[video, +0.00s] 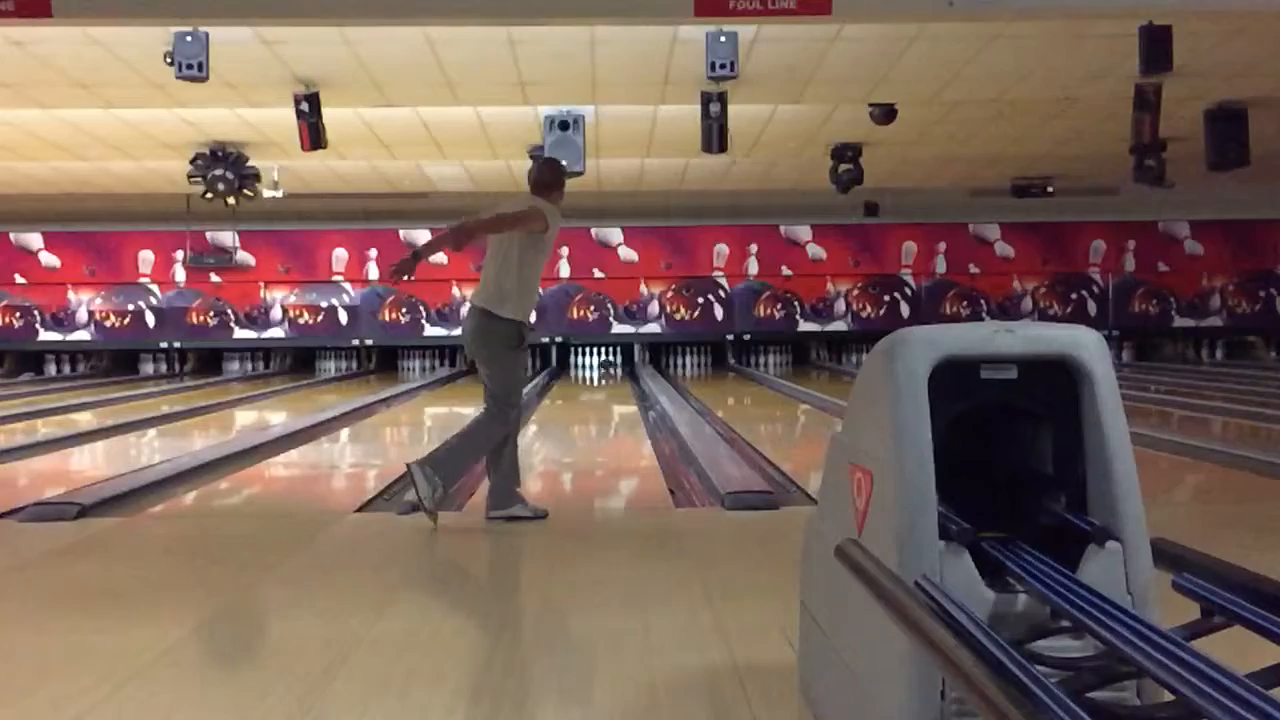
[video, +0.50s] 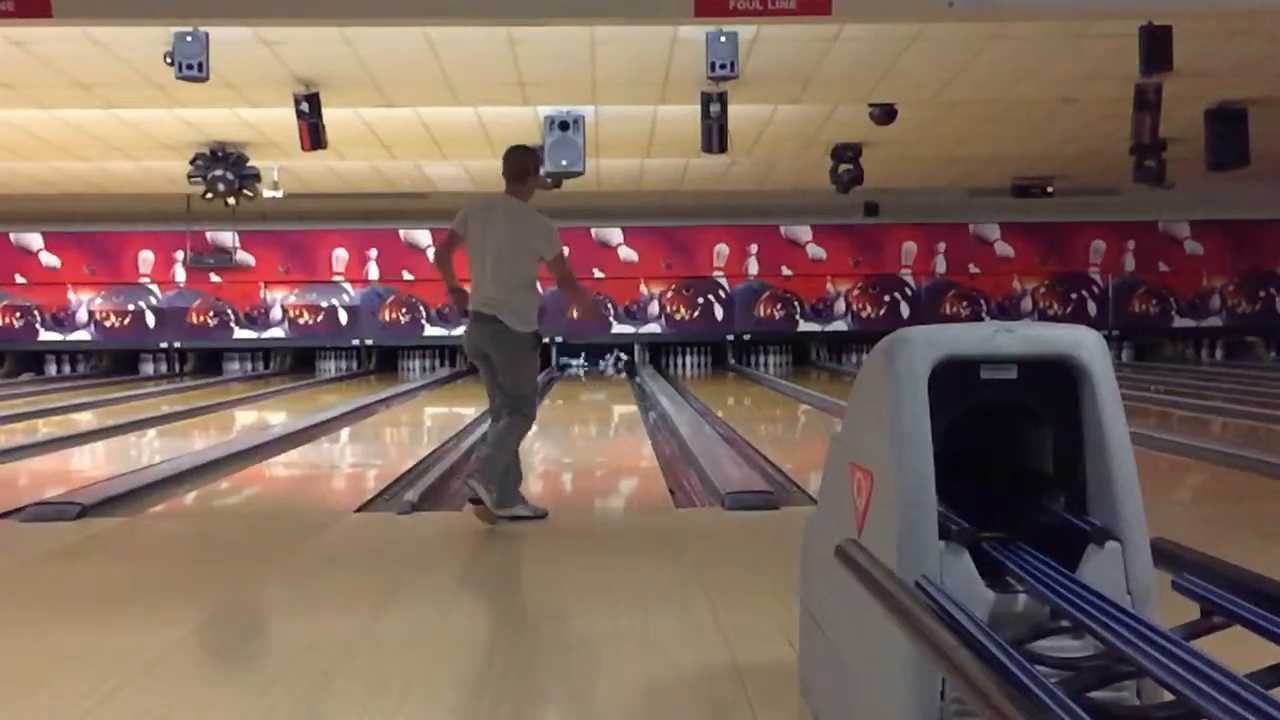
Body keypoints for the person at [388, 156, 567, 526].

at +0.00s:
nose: (565, 189)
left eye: (563, 181)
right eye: (564, 182)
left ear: (530, 182)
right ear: (561, 185)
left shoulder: (522, 211)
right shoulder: (543, 214)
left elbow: (467, 228)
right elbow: (480, 226)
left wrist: (417, 256)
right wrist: (418, 257)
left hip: (485, 322)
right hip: (501, 325)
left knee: (504, 411)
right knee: (504, 412)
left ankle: (504, 499)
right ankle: (434, 472)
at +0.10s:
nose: (559, 189)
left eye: (559, 182)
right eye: (558, 182)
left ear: (527, 179)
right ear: (553, 182)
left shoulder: (498, 205)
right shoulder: (547, 212)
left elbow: (452, 232)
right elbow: (516, 232)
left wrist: (414, 264)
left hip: (479, 323)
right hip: (507, 328)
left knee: (501, 412)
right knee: (509, 416)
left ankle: (504, 498)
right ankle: (444, 472)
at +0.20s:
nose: (556, 188)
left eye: (556, 181)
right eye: (556, 181)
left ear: (523, 177)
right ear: (550, 180)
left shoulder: (494, 207)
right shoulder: (546, 218)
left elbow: (447, 236)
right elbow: (524, 252)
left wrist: (415, 276)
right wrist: (487, 287)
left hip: (478, 326)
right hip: (511, 331)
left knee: (499, 412)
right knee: (511, 415)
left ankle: (504, 499)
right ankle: (453, 476)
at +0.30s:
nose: (556, 184)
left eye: (555, 177)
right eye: (554, 177)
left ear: (519, 176)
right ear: (545, 179)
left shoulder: (489, 208)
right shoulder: (544, 223)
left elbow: (447, 241)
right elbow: (533, 279)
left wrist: (428, 286)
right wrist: (518, 330)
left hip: (478, 323)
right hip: (511, 329)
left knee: (500, 410)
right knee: (516, 411)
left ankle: (504, 498)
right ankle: (460, 477)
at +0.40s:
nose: (544, 181)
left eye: (540, 174)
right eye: (543, 175)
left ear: (511, 175)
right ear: (541, 178)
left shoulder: (484, 210)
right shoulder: (541, 225)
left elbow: (445, 249)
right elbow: (550, 289)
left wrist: (442, 290)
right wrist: (558, 341)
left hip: (478, 324)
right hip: (513, 330)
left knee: (503, 411)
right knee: (519, 411)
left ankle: (505, 497)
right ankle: (468, 474)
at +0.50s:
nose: (538, 180)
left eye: (536, 174)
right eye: (538, 175)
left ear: (504, 175)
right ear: (533, 178)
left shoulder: (476, 211)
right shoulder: (539, 225)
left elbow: (442, 254)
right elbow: (564, 279)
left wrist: (452, 287)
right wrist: (583, 300)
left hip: (477, 327)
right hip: (513, 332)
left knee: (503, 411)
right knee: (521, 412)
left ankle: (507, 497)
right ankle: (482, 479)